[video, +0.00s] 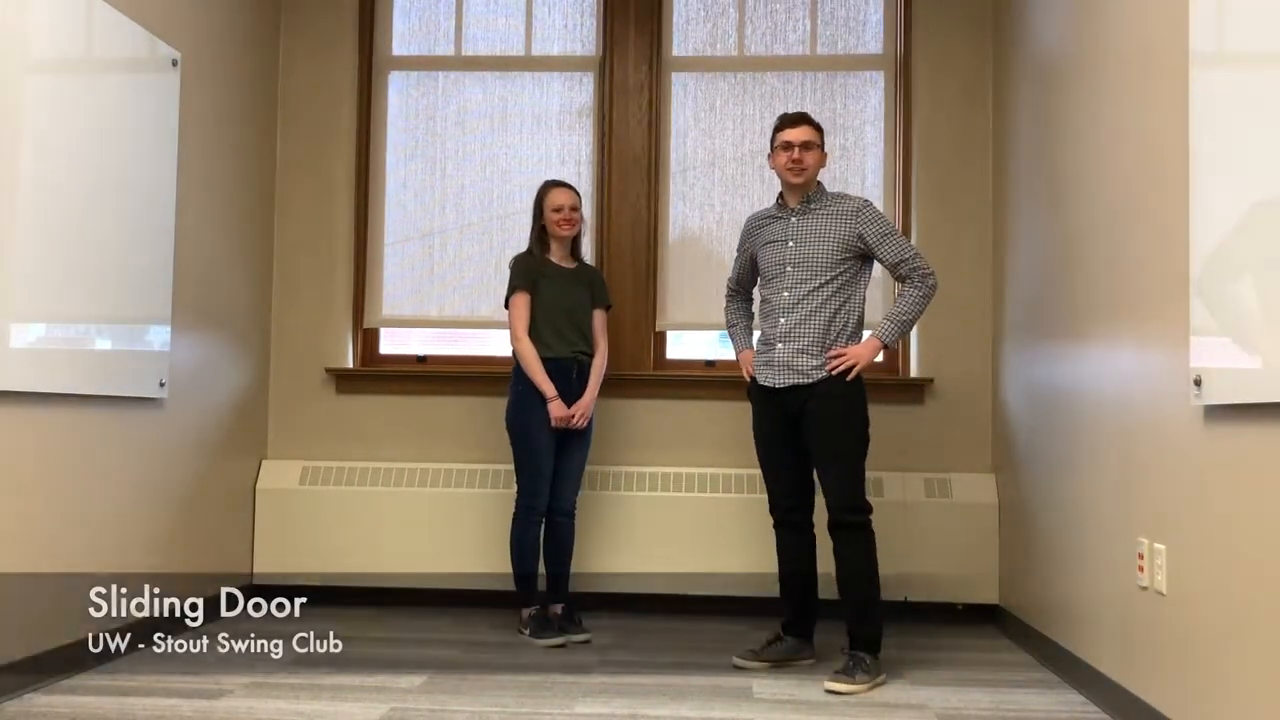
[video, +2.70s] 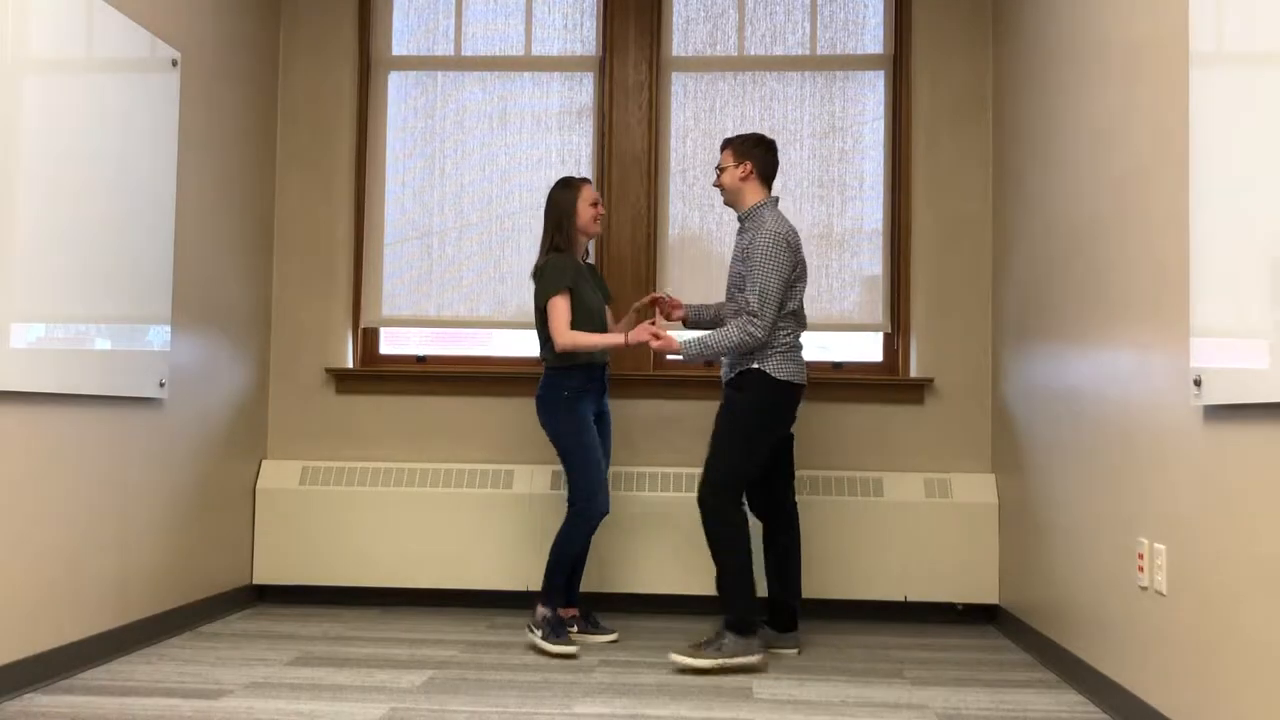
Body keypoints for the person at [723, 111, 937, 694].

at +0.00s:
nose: (796, 155)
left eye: (806, 146)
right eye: (786, 147)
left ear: (823, 156)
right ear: (771, 158)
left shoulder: (853, 214)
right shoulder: (757, 226)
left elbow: (920, 278)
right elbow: (737, 292)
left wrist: (878, 340)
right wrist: (743, 345)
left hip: (834, 388)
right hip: (772, 391)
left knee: (847, 516)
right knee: (789, 518)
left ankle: (863, 651)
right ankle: (795, 637)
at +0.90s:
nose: (769, 164)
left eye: (775, 153)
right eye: (769, 154)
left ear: (803, 150)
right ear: (802, 151)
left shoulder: (859, 207)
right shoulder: (799, 216)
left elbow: (929, 277)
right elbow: (815, 295)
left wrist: (877, 345)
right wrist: (790, 356)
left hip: (845, 391)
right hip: (794, 391)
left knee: (860, 520)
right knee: (799, 518)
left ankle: (865, 655)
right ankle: (797, 638)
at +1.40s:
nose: (771, 167)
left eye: (776, 158)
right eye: (773, 158)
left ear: (799, 160)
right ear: (808, 160)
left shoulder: (833, 211)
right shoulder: (816, 214)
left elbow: (854, 292)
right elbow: (853, 299)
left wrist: (786, 351)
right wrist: (801, 360)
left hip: (846, 385)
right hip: (817, 384)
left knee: (862, 517)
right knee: (792, 505)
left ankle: (867, 653)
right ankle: (788, 626)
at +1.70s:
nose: (757, 176)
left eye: (762, 166)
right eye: (758, 167)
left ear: (784, 168)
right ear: (791, 169)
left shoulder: (809, 227)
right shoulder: (797, 226)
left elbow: (777, 316)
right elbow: (783, 319)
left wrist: (706, 351)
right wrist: (722, 355)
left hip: (814, 388)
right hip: (789, 388)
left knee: (828, 516)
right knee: (770, 506)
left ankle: (859, 653)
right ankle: (779, 626)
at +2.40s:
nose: (730, 179)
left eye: (736, 169)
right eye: (731, 170)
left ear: (762, 172)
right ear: (766, 173)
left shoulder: (776, 225)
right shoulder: (773, 224)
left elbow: (741, 311)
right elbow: (741, 311)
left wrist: (672, 329)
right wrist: (677, 328)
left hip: (770, 383)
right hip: (766, 381)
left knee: (760, 506)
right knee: (763, 504)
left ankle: (778, 631)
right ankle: (773, 626)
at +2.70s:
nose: (715, 177)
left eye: (721, 168)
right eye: (718, 169)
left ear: (745, 169)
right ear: (748, 171)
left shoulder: (767, 232)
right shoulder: (756, 229)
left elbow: (755, 329)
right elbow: (740, 312)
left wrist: (682, 347)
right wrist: (685, 313)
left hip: (762, 381)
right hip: (768, 379)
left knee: (717, 496)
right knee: (773, 501)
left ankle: (741, 631)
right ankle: (782, 622)